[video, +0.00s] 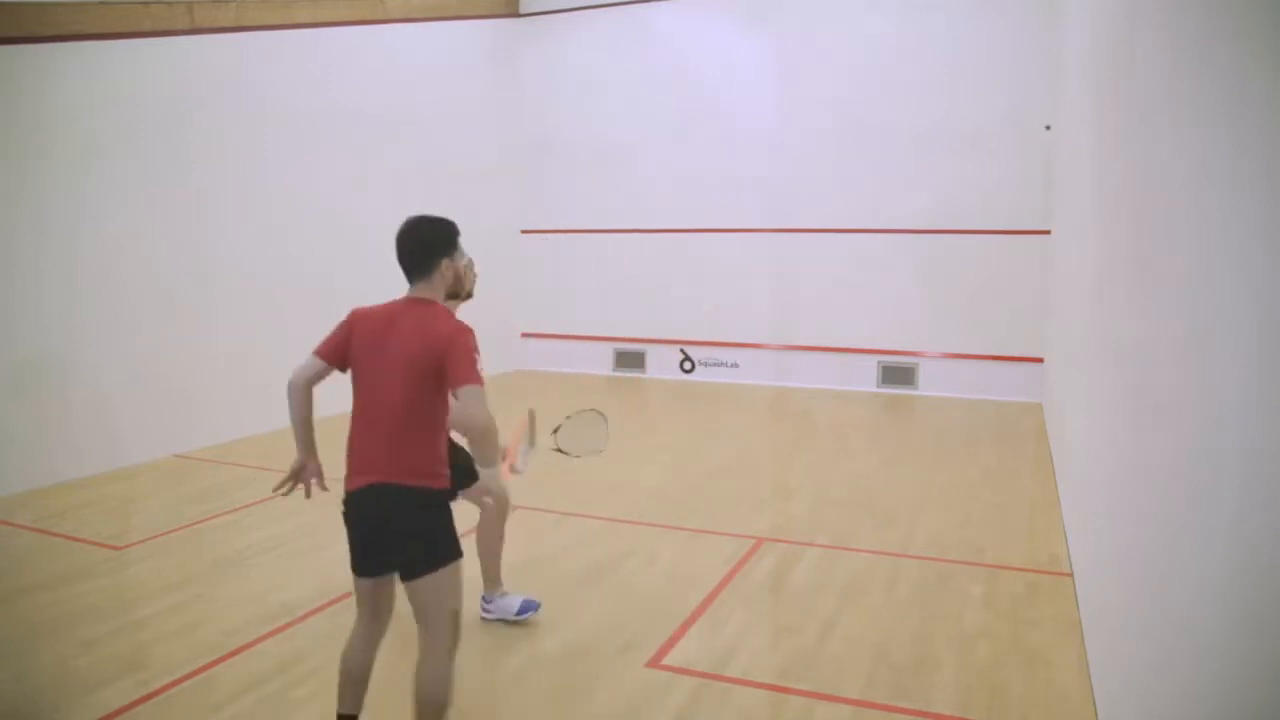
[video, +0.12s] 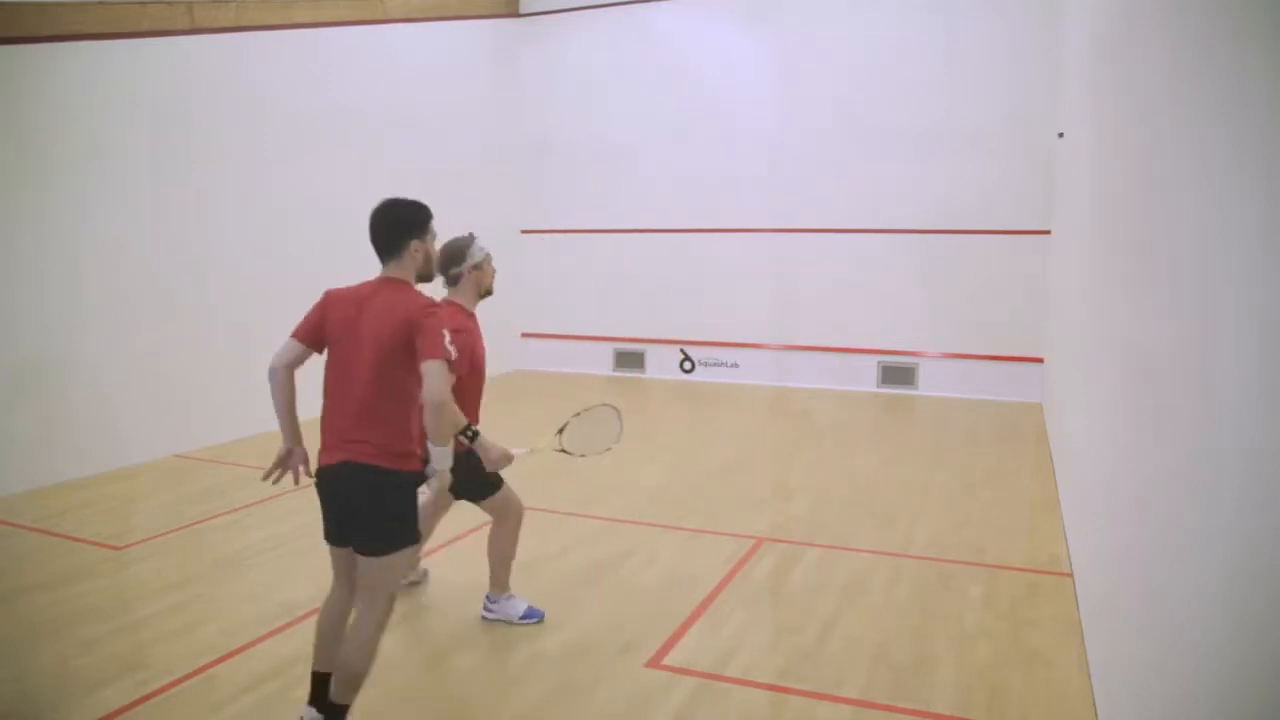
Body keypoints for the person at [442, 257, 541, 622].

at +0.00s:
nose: (473, 270)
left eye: (471, 262)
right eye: (467, 264)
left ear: (446, 281)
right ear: (452, 274)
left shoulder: (415, 321)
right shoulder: (450, 330)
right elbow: (453, 410)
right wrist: (497, 450)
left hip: (397, 443)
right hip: (428, 443)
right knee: (495, 500)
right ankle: (493, 594)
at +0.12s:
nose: (494, 272)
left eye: (491, 265)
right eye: (488, 265)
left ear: (459, 274)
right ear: (470, 273)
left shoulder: (457, 317)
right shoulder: (452, 326)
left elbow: (437, 390)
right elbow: (437, 399)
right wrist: (479, 443)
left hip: (448, 441)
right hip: (455, 446)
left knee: (441, 499)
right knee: (509, 511)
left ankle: (404, 562)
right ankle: (498, 597)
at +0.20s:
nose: (502, 265)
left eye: (500, 257)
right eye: (497, 257)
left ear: (470, 265)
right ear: (478, 264)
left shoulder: (473, 308)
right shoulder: (452, 320)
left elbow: (461, 374)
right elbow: (422, 388)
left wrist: (487, 409)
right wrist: (462, 441)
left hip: (464, 440)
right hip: (451, 449)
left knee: (474, 509)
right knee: (508, 517)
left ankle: (434, 584)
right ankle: (499, 595)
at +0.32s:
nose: (516, 267)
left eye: (513, 258)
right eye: (508, 259)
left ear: (484, 266)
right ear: (483, 267)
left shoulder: (494, 313)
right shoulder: (445, 332)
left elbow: (484, 376)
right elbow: (420, 410)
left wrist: (518, 415)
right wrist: (455, 470)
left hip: (489, 444)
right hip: (455, 457)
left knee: (507, 528)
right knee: (524, 530)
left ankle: (454, 610)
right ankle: (507, 614)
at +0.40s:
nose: (524, 278)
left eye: (522, 269)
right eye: (516, 270)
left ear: (492, 277)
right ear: (486, 276)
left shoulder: (506, 325)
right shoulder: (446, 345)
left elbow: (502, 388)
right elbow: (419, 428)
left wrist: (539, 436)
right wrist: (452, 493)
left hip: (498, 464)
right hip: (467, 477)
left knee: (500, 545)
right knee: (532, 557)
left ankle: (450, 617)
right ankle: (528, 669)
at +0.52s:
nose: (535, 281)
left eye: (536, 271)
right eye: (527, 271)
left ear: (505, 273)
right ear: (492, 272)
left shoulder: (515, 327)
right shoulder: (449, 345)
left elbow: (518, 400)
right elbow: (415, 433)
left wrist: (558, 447)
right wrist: (439, 504)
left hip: (512, 484)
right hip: (476, 497)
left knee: (492, 568)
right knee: (535, 596)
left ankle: (456, 626)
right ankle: (528, 701)